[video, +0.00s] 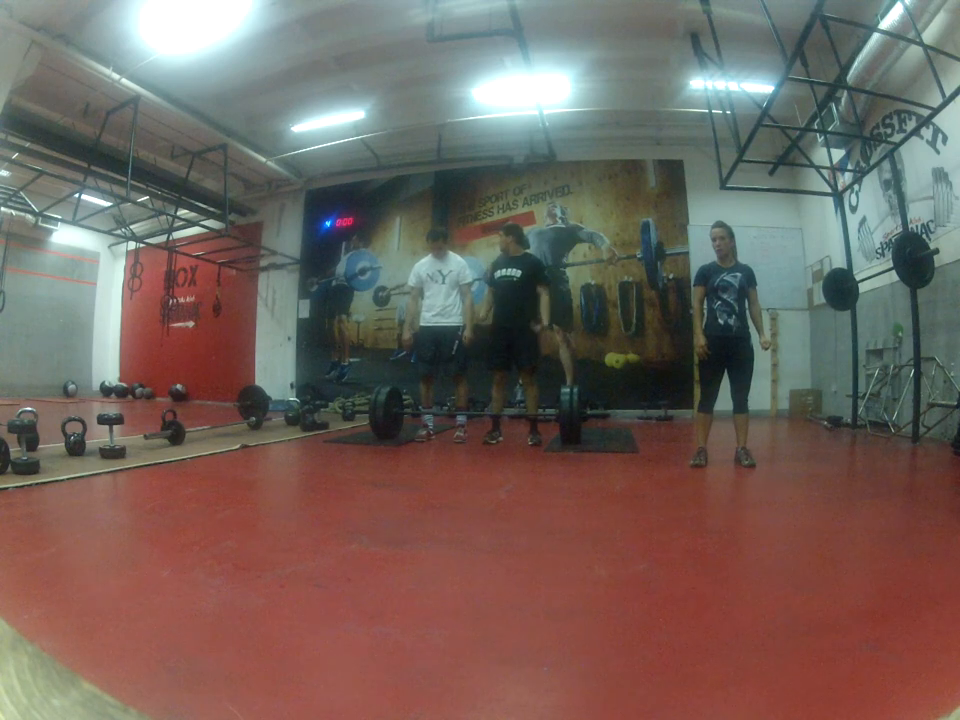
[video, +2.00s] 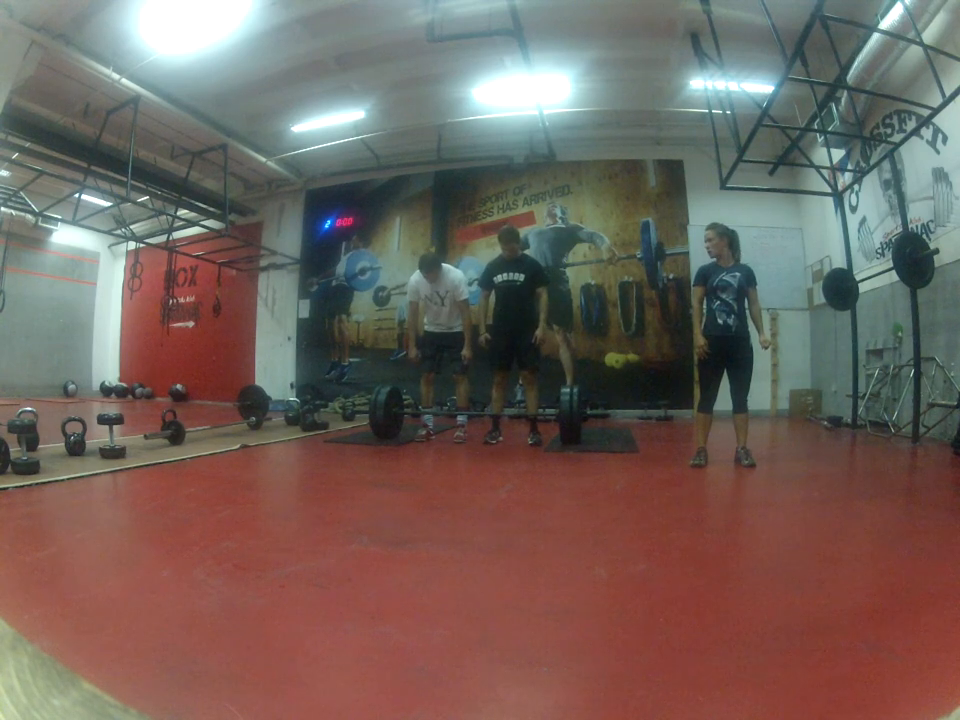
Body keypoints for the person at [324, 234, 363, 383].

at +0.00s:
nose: (352, 243)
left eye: (355, 240)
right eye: (352, 240)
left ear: (360, 242)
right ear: (352, 242)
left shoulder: (359, 256)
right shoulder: (347, 256)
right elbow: (336, 273)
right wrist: (319, 280)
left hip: (346, 288)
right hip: (335, 288)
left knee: (342, 324)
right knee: (334, 325)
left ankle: (345, 362)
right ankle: (335, 361)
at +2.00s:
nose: (353, 243)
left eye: (356, 241)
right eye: (353, 240)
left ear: (360, 242)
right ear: (353, 242)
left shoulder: (360, 256)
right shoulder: (348, 256)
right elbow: (336, 272)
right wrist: (319, 279)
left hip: (345, 288)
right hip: (335, 288)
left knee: (342, 325)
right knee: (333, 326)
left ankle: (345, 362)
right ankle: (335, 361)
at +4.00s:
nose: (353, 243)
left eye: (356, 240)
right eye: (353, 240)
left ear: (361, 242)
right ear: (353, 242)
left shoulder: (360, 256)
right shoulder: (348, 256)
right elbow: (336, 272)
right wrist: (318, 279)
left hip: (346, 289)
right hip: (335, 288)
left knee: (342, 325)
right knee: (334, 326)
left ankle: (345, 363)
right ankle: (336, 361)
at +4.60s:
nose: (354, 243)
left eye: (357, 241)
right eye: (354, 240)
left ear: (362, 243)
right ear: (352, 242)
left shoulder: (361, 257)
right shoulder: (347, 257)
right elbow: (336, 273)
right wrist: (319, 280)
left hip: (346, 289)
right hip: (335, 289)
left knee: (343, 326)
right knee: (333, 326)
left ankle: (345, 364)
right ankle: (335, 362)